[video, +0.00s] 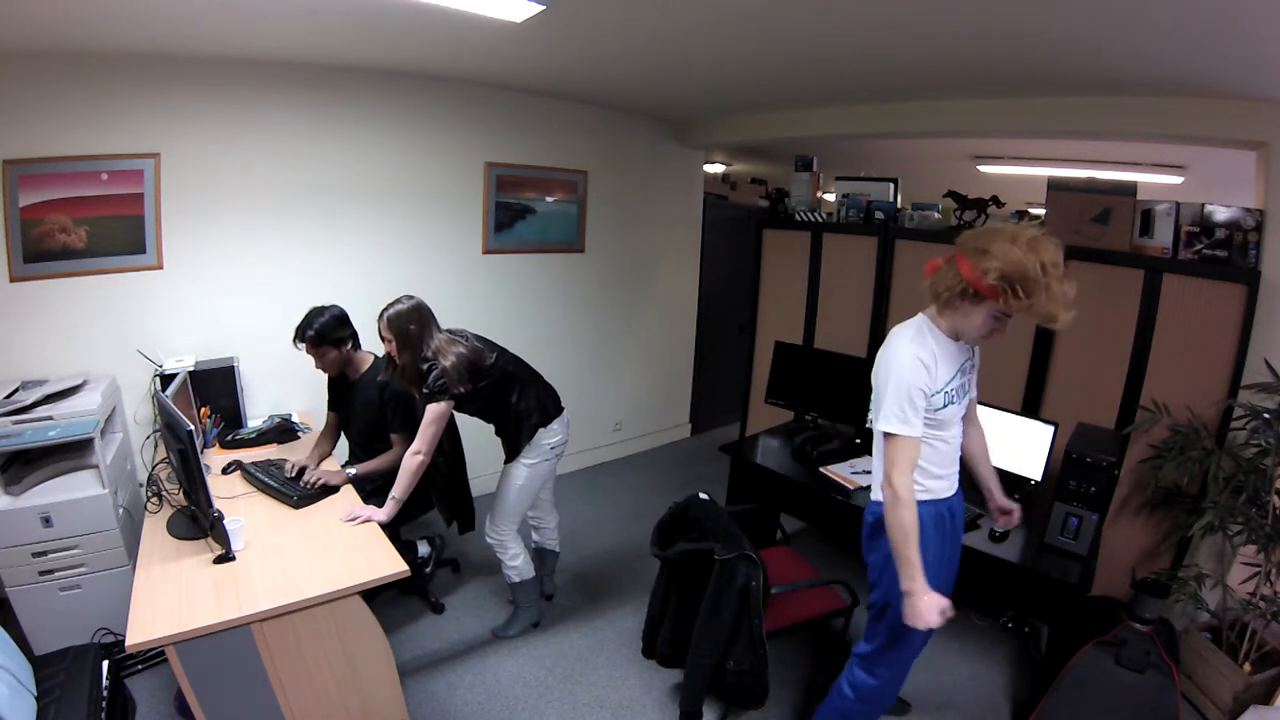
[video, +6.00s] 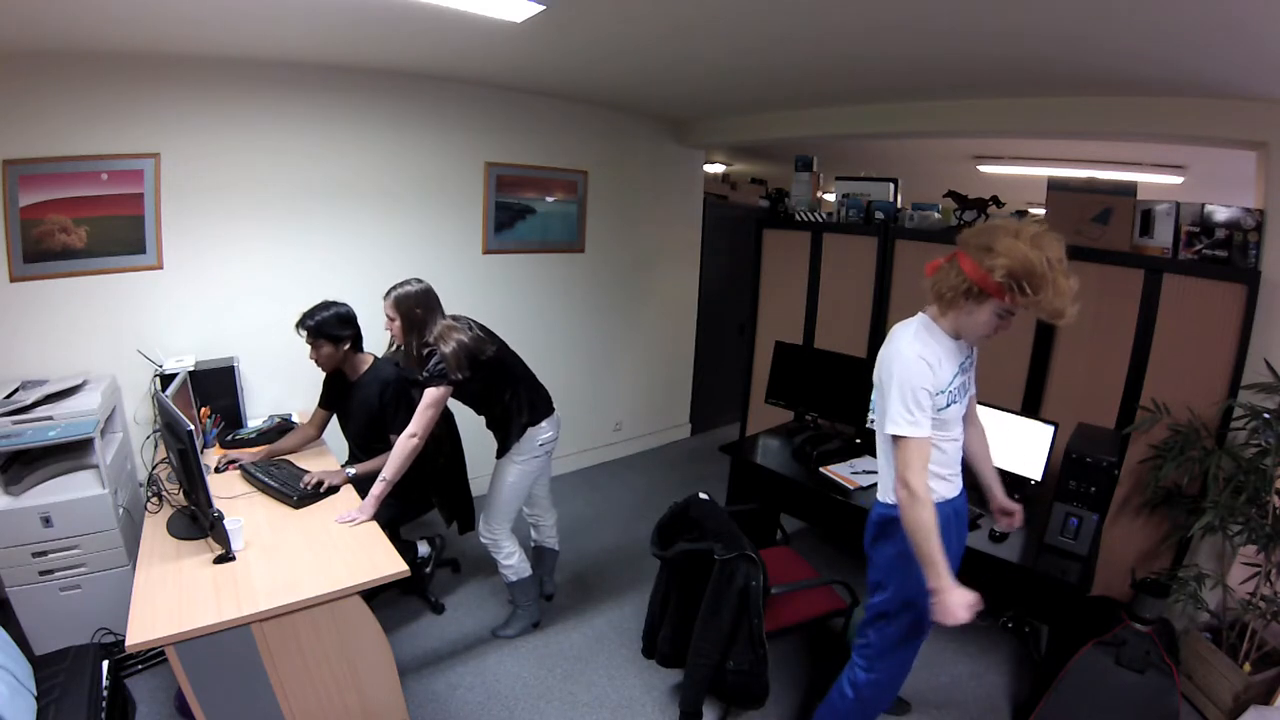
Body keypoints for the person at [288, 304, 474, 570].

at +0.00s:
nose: (316, 364)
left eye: (320, 355)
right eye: (312, 356)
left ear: (346, 345)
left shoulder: (389, 382)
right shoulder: (339, 376)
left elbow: (403, 450)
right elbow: (332, 429)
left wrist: (347, 474)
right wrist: (311, 459)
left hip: (406, 477)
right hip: (364, 474)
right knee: (320, 513)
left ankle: (419, 552)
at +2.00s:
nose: (318, 363)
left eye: (322, 355)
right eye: (315, 356)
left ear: (349, 346)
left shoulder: (389, 381)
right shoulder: (339, 374)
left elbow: (403, 451)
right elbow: (330, 424)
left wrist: (346, 473)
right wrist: (303, 453)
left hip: (402, 477)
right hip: (362, 473)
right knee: (317, 512)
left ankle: (419, 553)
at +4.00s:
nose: (318, 358)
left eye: (324, 349)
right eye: (315, 349)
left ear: (352, 343)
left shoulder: (389, 382)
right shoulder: (337, 374)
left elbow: (402, 451)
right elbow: (311, 425)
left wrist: (346, 474)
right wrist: (263, 453)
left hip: (404, 479)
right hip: (363, 475)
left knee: (342, 531)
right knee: (315, 513)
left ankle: (418, 554)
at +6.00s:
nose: (312, 355)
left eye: (317, 346)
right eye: (311, 346)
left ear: (343, 344)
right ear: (336, 346)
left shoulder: (389, 381)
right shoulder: (337, 377)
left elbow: (405, 449)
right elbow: (312, 429)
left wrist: (347, 473)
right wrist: (259, 453)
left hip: (413, 477)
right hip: (371, 471)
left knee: (351, 531)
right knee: (321, 514)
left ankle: (418, 554)